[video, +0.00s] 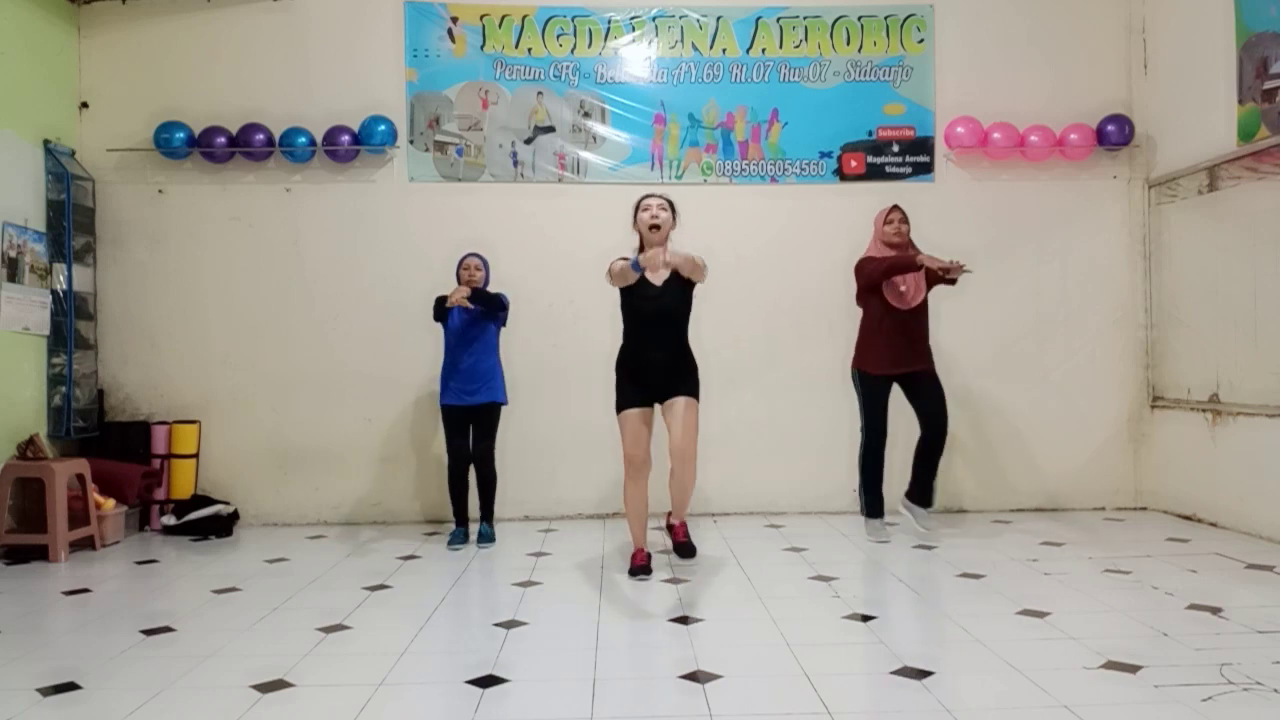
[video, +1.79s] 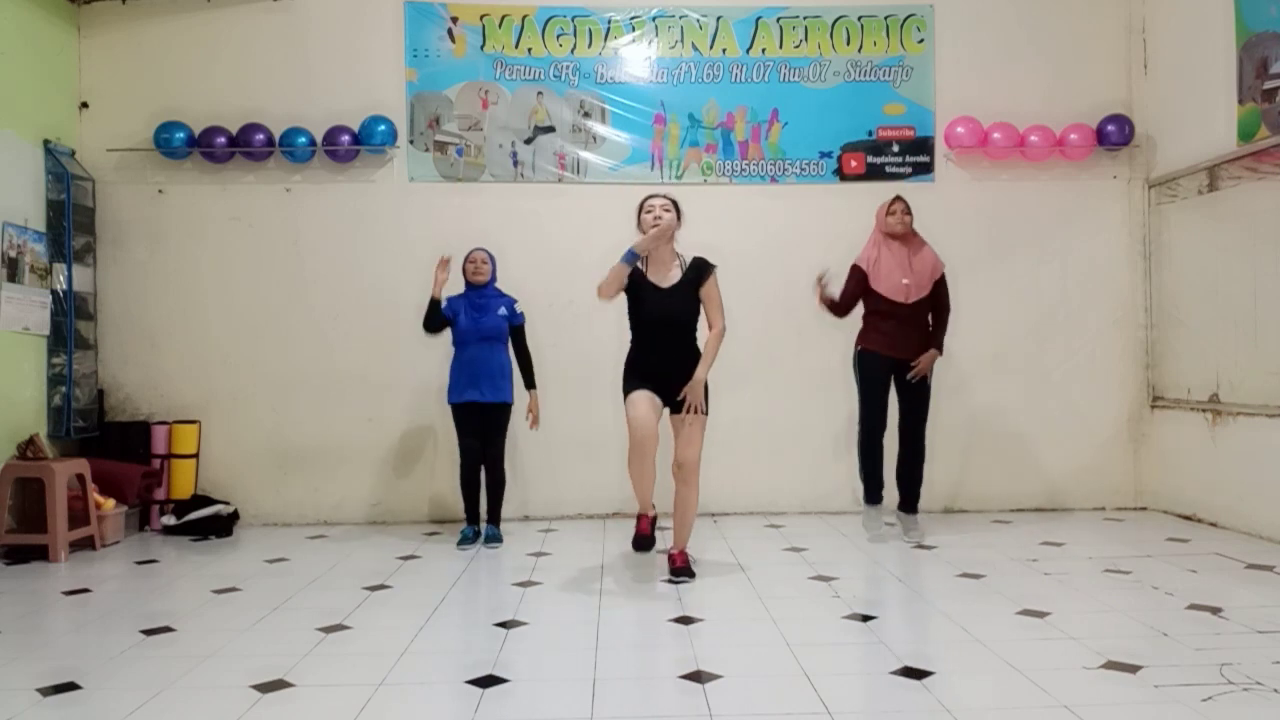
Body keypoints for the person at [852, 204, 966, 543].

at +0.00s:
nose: (898, 226)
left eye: (902, 221)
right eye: (890, 222)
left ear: (910, 230)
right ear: (878, 232)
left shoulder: (918, 264)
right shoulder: (866, 265)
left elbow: (932, 278)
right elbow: (883, 269)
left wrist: (948, 274)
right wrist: (919, 261)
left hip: (914, 361)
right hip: (874, 363)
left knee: (936, 426)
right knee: (874, 436)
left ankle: (917, 501)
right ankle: (873, 514)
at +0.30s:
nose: (899, 234)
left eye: (904, 229)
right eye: (893, 230)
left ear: (911, 234)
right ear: (882, 237)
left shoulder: (924, 265)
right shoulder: (870, 268)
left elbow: (943, 246)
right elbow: (864, 258)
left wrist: (933, 216)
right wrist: (879, 229)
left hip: (917, 361)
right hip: (875, 360)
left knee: (918, 438)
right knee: (873, 435)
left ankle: (908, 513)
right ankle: (874, 511)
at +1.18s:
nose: (891, 224)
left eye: (895, 219)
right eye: (884, 220)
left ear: (902, 226)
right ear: (872, 228)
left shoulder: (915, 257)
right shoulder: (859, 258)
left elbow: (949, 270)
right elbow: (860, 274)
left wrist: (941, 256)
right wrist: (893, 258)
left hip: (911, 356)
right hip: (871, 356)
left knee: (912, 434)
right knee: (872, 430)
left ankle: (907, 509)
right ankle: (868, 508)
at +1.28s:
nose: (891, 232)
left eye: (895, 226)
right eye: (883, 227)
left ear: (903, 234)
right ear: (871, 236)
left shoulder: (917, 273)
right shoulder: (860, 275)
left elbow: (939, 291)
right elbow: (868, 303)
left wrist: (951, 307)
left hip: (912, 368)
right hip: (871, 368)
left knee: (914, 443)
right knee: (869, 442)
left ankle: (904, 514)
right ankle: (864, 517)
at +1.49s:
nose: (895, 213)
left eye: (900, 209)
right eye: (887, 210)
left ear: (907, 218)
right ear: (876, 221)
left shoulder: (923, 254)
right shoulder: (864, 258)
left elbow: (936, 304)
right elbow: (860, 312)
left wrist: (936, 345)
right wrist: (883, 352)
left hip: (914, 353)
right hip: (871, 353)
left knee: (919, 431)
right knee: (869, 429)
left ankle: (908, 505)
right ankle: (866, 508)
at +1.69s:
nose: (903, 225)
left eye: (907, 220)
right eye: (895, 221)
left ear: (914, 229)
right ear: (883, 231)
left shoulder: (931, 271)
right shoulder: (872, 270)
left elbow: (942, 321)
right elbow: (854, 318)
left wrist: (937, 359)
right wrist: (829, 340)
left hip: (915, 368)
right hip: (874, 364)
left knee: (915, 443)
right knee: (871, 436)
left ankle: (907, 517)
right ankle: (867, 511)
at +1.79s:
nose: (901, 217)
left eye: (905, 213)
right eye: (893, 213)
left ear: (912, 220)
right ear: (881, 222)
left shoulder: (928, 259)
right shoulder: (869, 257)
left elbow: (942, 308)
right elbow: (844, 307)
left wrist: (935, 349)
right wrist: (827, 299)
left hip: (915, 355)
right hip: (874, 352)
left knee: (914, 433)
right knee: (872, 428)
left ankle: (909, 510)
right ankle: (873, 505)